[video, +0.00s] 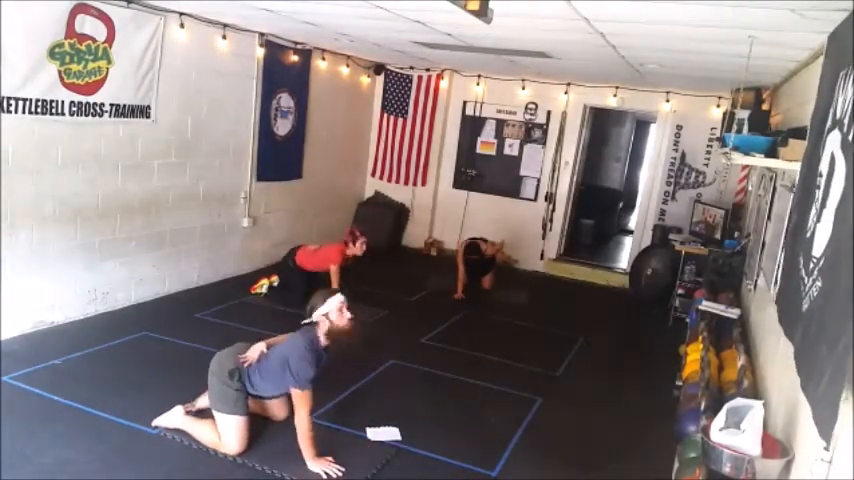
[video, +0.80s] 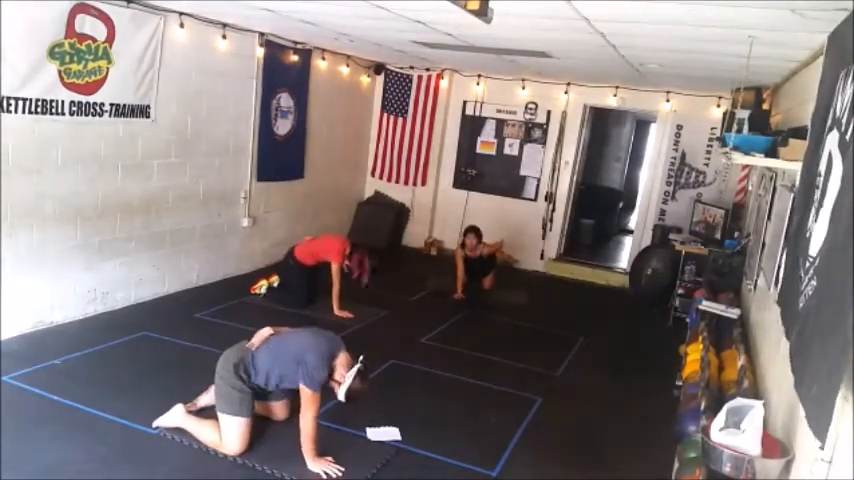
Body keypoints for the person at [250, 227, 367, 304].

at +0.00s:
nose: (365, 247)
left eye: (365, 244)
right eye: (362, 244)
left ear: (353, 244)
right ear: (351, 244)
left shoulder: (344, 250)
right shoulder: (337, 255)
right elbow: (335, 284)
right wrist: (337, 300)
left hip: (303, 252)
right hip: (294, 263)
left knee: (312, 287)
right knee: (298, 299)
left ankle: (278, 281)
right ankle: (270, 288)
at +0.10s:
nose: (363, 258)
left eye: (364, 255)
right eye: (361, 255)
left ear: (352, 247)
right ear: (351, 251)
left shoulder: (344, 244)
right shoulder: (336, 255)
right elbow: (335, 284)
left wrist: (313, 245)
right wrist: (336, 309)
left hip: (302, 254)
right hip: (293, 263)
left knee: (311, 291)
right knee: (300, 300)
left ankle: (278, 281)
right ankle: (267, 288)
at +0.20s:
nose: (344, 268)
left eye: (348, 269)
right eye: (347, 267)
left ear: (354, 259)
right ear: (351, 261)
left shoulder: (346, 244)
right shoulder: (336, 252)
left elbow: (325, 240)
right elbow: (335, 283)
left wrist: (313, 239)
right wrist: (336, 309)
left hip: (308, 261)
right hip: (296, 262)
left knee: (312, 293)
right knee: (300, 300)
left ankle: (279, 281)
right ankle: (267, 289)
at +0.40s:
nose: (352, 268)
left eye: (356, 268)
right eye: (355, 267)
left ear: (355, 253)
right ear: (353, 258)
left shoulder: (346, 243)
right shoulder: (336, 253)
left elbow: (327, 240)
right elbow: (335, 283)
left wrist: (315, 239)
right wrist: (336, 310)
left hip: (307, 261)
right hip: (296, 262)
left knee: (309, 295)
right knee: (299, 300)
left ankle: (279, 281)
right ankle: (267, 289)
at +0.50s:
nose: (362, 251)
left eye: (364, 249)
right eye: (359, 247)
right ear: (350, 244)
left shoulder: (342, 247)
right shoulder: (338, 254)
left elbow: (325, 244)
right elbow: (335, 283)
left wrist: (311, 246)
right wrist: (335, 303)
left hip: (300, 254)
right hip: (293, 263)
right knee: (300, 300)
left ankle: (277, 282)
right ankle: (269, 289)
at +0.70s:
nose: (362, 260)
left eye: (363, 256)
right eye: (360, 256)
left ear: (353, 249)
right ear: (351, 251)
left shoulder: (344, 244)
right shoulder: (336, 252)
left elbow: (326, 242)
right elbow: (335, 282)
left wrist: (312, 242)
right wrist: (336, 309)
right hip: (292, 263)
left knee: (310, 293)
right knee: (301, 300)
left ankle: (278, 281)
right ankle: (268, 289)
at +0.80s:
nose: (347, 268)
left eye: (350, 268)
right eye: (349, 267)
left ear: (355, 256)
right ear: (351, 259)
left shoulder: (344, 243)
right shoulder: (337, 254)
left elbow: (326, 239)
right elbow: (336, 283)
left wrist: (313, 240)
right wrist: (336, 310)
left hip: (304, 257)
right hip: (295, 262)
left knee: (311, 294)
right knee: (301, 300)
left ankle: (278, 282)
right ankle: (266, 290)